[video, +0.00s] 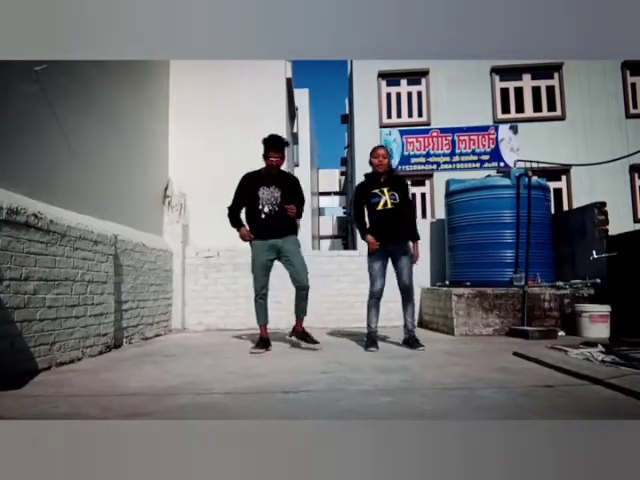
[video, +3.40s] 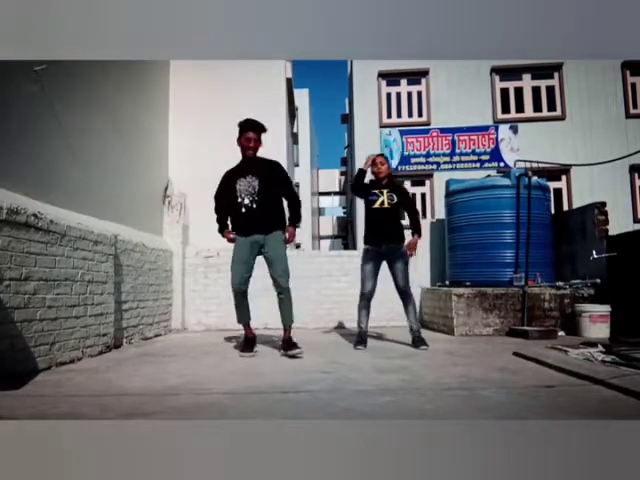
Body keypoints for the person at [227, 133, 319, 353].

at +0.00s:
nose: (275, 160)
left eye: (279, 156)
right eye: (271, 156)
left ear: (284, 157)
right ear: (265, 156)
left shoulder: (291, 180)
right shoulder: (250, 180)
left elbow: (301, 209)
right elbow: (234, 210)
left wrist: (296, 211)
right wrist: (241, 228)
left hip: (288, 240)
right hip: (261, 241)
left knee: (303, 283)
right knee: (260, 289)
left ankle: (299, 328)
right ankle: (263, 334)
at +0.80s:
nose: (265, 152)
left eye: (269, 147)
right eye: (261, 147)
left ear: (277, 144)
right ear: (255, 145)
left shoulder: (289, 167)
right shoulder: (249, 168)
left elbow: (311, 195)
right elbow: (227, 199)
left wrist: (299, 173)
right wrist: (233, 187)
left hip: (278, 235)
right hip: (250, 235)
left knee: (275, 287)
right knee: (233, 284)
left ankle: (270, 343)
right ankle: (253, 322)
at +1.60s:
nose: (268, 136)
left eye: (271, 132)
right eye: (265, 132)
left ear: (273, 130)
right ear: (254, 128)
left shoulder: (274, 152)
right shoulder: (234, 151)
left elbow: (293, 180)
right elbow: (218, 180)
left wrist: (290, 151)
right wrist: (241, 148)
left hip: (277, 229)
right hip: (251, 228)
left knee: (289, 284)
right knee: (251, 287)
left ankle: (274, 342)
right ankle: (249, 348)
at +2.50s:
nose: (274, 148)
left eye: (279, 143)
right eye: (270, 144)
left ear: (286, 142)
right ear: (263, 142)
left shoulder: (294, 165)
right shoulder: (253, 166)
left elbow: (313, 195)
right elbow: (226, 191)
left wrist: (299, 166)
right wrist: (244, 167)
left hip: (289, 236)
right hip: (260, 236)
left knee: (292, 292)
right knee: (256, 290)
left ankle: (285, 342)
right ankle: (253, 348)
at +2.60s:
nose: (280, 153)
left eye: (285, 148)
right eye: (276, 148)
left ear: (291, 147)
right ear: (269, 146)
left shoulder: (299, 171)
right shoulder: (255, 169)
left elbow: (314, 206)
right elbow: (230, 198)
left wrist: (303, 191)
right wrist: (248, 189)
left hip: (290, 238)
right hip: (261, 238)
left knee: (292, 292)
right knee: (254, 288)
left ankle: (284, 342)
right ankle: (251, 345)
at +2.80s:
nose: (287, 148)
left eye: (291, 144)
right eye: (282, 143)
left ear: (296, 145)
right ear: (275, 143)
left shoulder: (302, 174)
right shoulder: (258, 168)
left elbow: (311, 206)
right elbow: (237, 201)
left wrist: (307, 231)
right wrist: (237, 224)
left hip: (288, 237)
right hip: (258, 235)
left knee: (289, 288)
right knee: (245, 283)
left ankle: (284, 340)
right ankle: (246, 335)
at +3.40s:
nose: (251, 144)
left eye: (255, 140)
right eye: (246, 140)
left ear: (260, 143)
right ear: (239, 142)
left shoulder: (274, 168)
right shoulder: (230, 176)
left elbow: (292, 198)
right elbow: (220, 204)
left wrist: (292, 225)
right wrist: (224, 228)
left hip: (273, 234)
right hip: (244, 236)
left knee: (282, 283)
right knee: (238, 285)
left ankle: (288, 336)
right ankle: (248, 333)